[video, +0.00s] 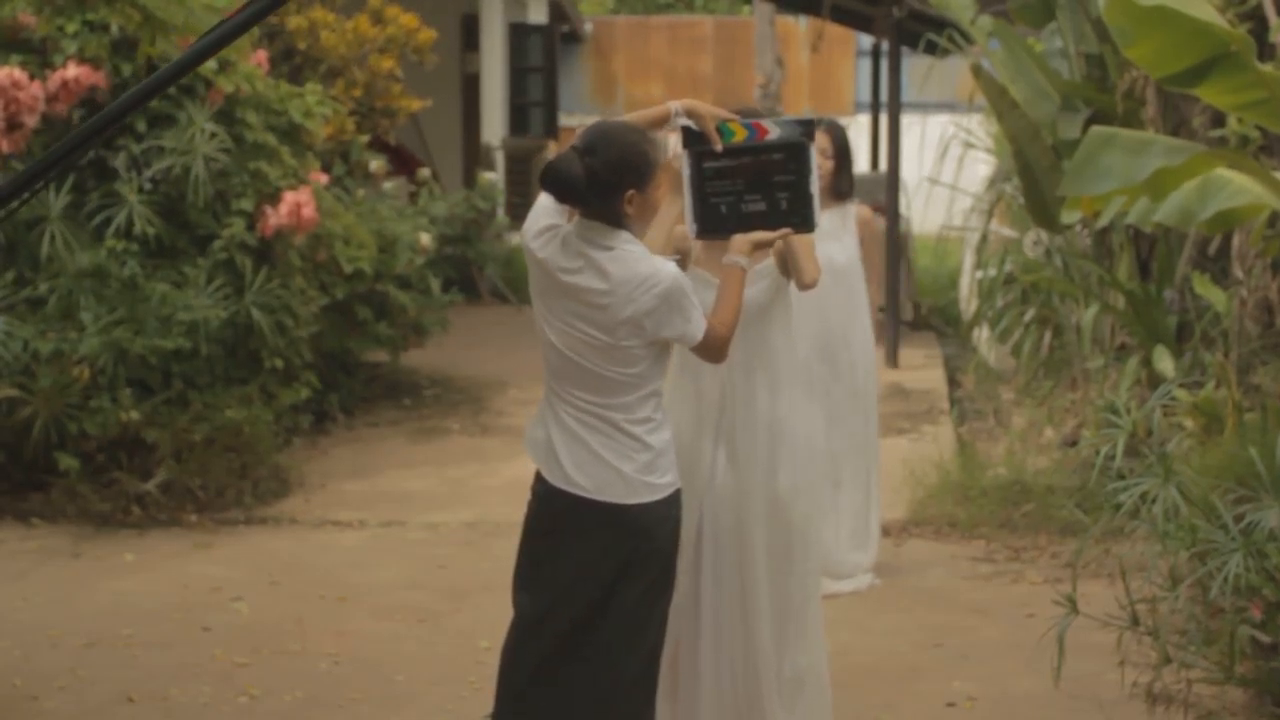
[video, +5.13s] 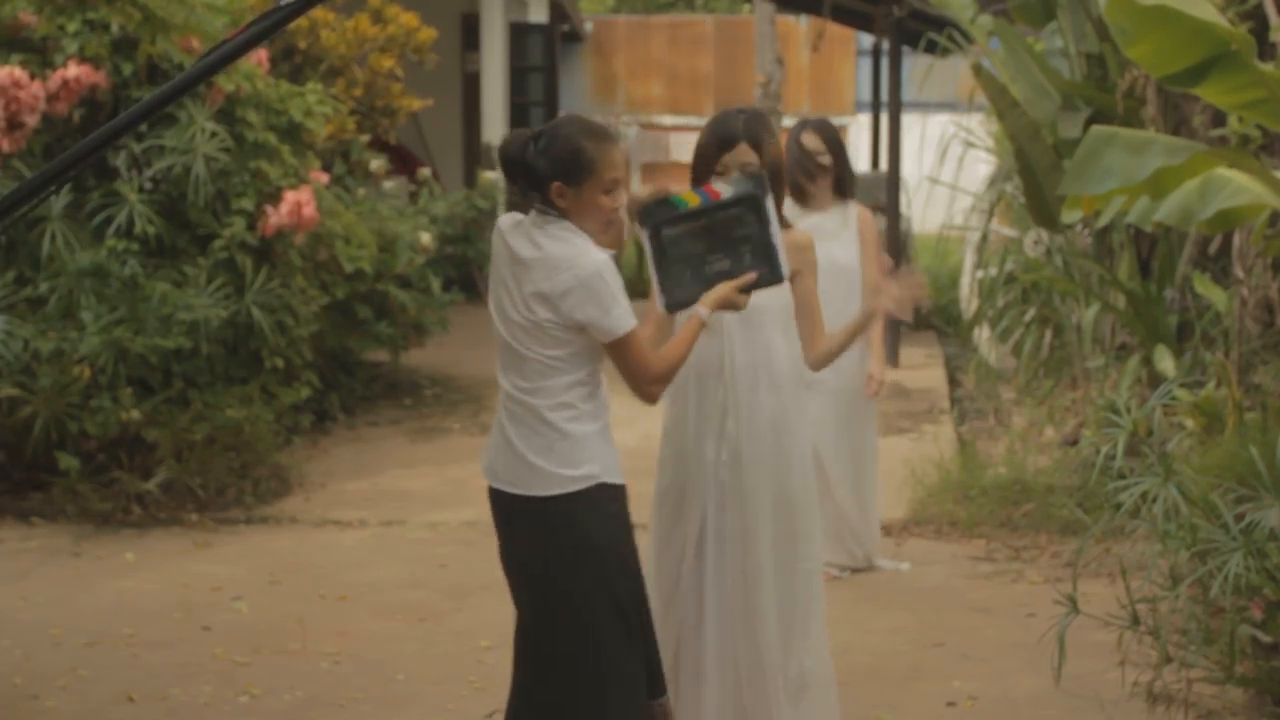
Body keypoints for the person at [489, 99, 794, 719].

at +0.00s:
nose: (667, 186)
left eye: (665, 175)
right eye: (661, 179)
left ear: (585, 190)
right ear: (631, 200)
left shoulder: (544, 235)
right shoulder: (650, 279)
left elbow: (577, 148)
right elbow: (713, 344)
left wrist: (665, 113)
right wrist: (738, 259)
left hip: (559, 484)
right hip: (638, 495)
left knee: (537, 651)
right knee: (623, 665)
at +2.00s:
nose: (630, 180)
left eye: (624, 170)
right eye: (626, 173)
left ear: (548, 179)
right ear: (618, 192)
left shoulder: (528, 241)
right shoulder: (639, 279)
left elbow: (561, 152)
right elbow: (704, 349)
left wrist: (662, 114)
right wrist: (729, 263)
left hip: (553, 487)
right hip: (632, 495)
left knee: (529, 651)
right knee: (619, 661)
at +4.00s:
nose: (623, 179)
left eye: (615, 166)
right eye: (617, 169)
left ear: (544, 181)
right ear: (607, 186)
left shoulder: (523, 243)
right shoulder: (637, 278)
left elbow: (559, 162)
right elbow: (699, 355)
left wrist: (654, 126)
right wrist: (727, 269)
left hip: (551, 488)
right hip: (629, 496)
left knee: (527, 654)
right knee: (618, 666)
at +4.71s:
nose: (631, 177)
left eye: (628, 166)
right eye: (625, 169)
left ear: (553, 181)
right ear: (607, 188)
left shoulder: (522, 242)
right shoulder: (638, 277)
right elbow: (702, 353)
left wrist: (640, 150)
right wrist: (733, 269)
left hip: (548, 488)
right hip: (626, 496)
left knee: (526, 655)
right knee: (616, 666)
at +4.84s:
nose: (632, 180)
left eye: (631, 168)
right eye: (625, 171)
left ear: (552, 179)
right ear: (602, 190)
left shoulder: (516, 242)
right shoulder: (631, 274)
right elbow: (698, 351)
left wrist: (654, 187)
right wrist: (726, 266)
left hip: (545, 488)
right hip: (623, 495)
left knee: (530, 662)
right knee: (615, 668)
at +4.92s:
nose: (632, 180)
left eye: (633, 168)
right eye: (624, 171)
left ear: (553, 181)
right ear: (591, 187)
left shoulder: (510, 237)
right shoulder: (621, 270)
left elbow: (557, 198)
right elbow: (688, 355)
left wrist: (631, 156)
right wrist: (722, 274)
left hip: (541, 485)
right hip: (618, 492)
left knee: (535, 660)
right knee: (616, 663)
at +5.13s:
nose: (622, 203)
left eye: (623, 187)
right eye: (609, 190)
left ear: (555, 192)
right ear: (559, 195)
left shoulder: (510, 230)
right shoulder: (584, 266)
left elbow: (598, 246)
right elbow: (648, 379)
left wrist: (636, 209)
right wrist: (704, 307)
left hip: (514, 477)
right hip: (573, 487)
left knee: (548, 652)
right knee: (616, 661)